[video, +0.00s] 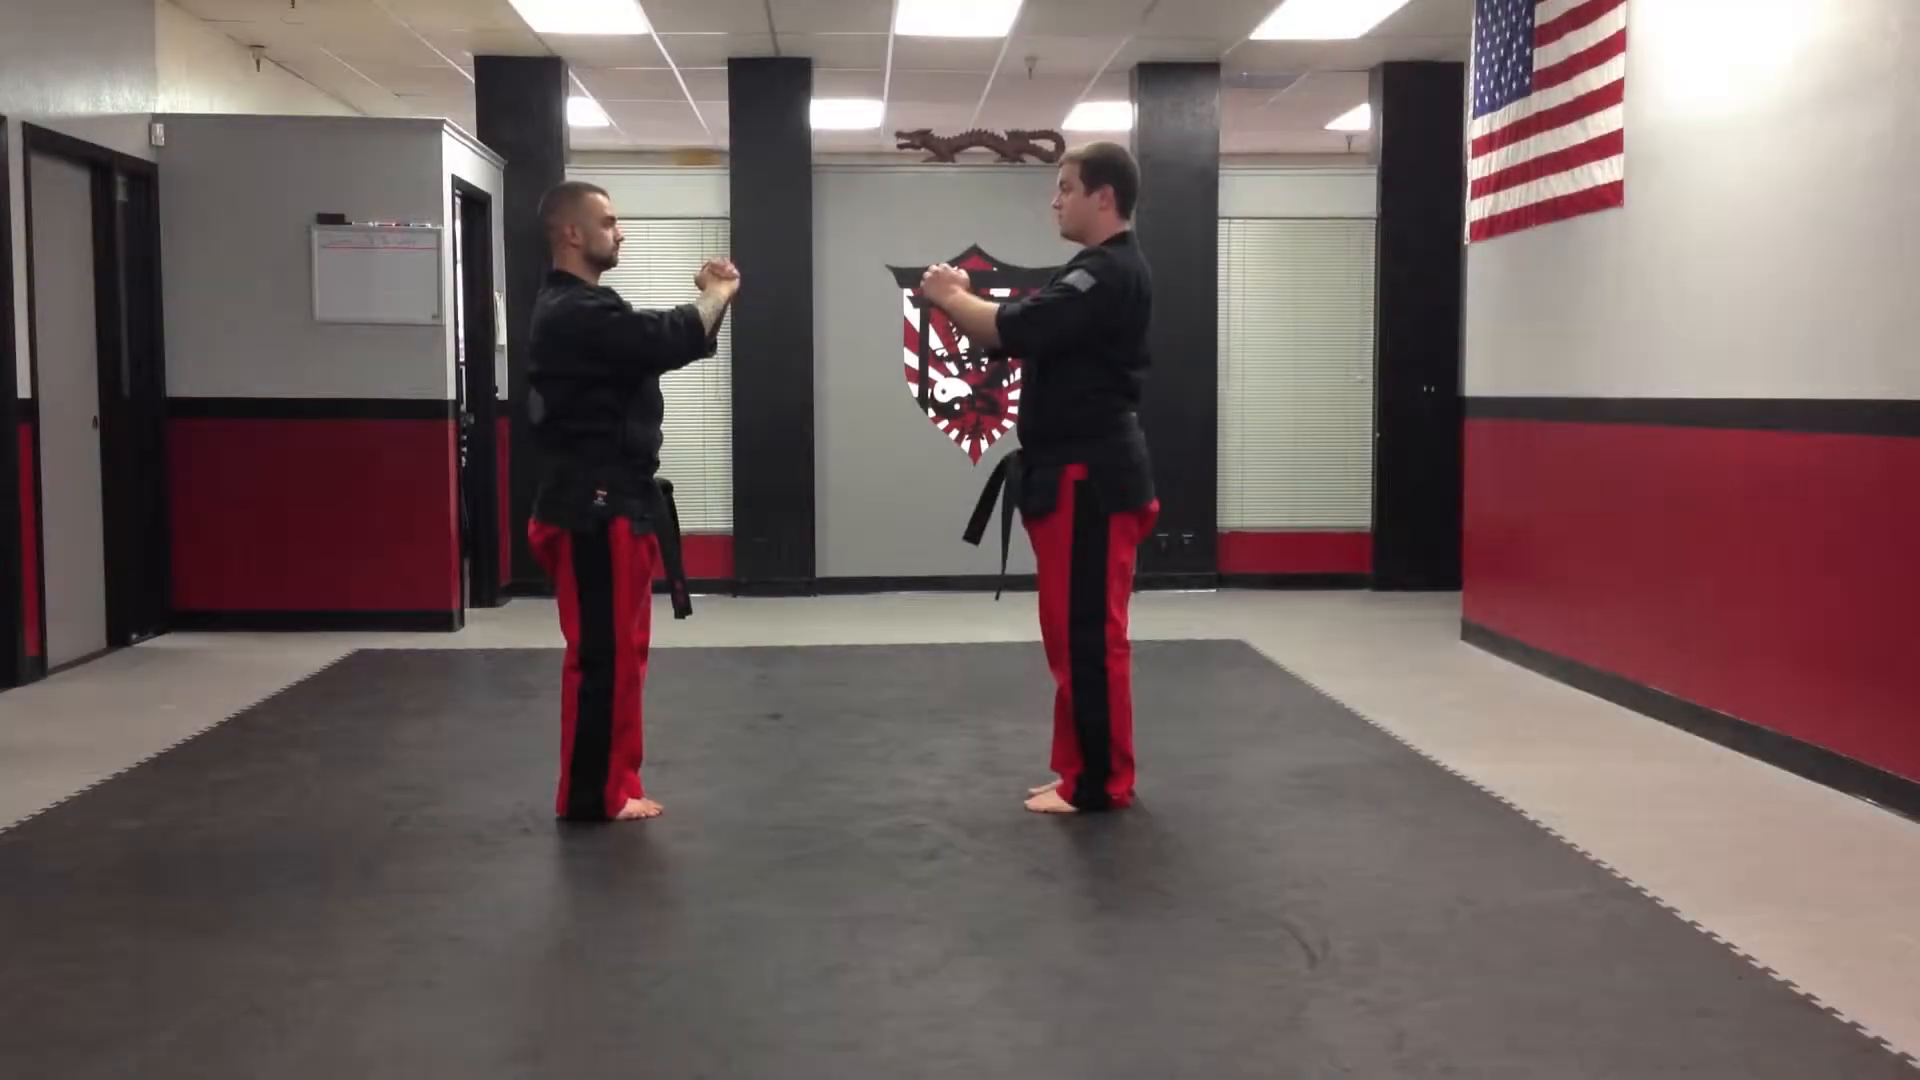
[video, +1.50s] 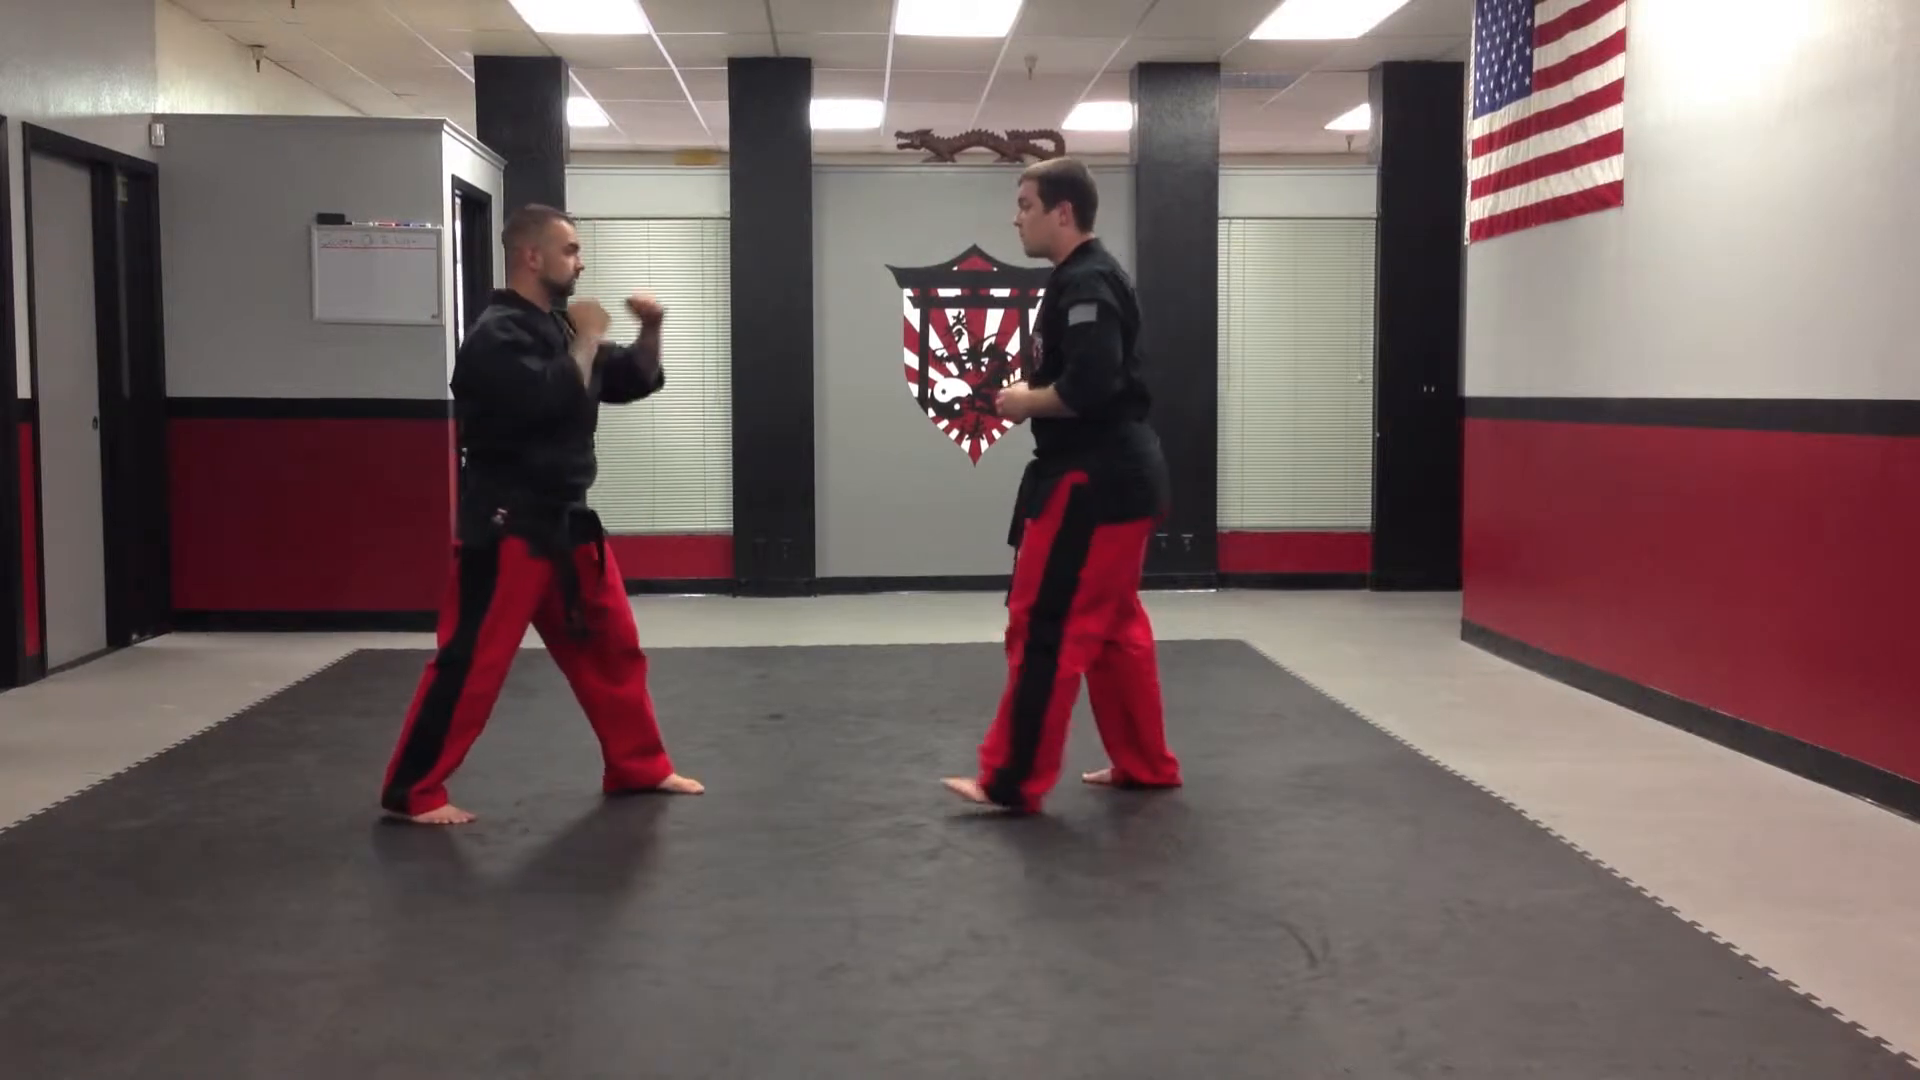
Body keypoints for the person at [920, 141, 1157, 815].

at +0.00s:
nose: (1055, 201)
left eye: (1065, 189)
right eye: (1057, 189)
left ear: (1102, 197)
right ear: (1101, 198)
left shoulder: (1109, 270)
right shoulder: (1099, 266)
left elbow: (1010, 331)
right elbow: (1025, 324)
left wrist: (953, 298)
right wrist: (966, 298)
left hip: (1091, 474)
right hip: (1074, 471)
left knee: (1088, 634)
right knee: (1075, 633)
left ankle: (1097, 784)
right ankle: (1087, 775)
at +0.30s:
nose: (1056, 202)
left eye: (1066, 190)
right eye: (1058, 190)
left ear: (1103, 197)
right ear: (1103, 198)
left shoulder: (1110, 271)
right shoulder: (1098, 267)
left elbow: (1012, 330)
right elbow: (1024, 324)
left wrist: (954, 298)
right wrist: (966, 298)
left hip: (1092, 477)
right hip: (1074, 473)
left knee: (1088, 637)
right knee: (1075, 635)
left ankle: (1097, 785)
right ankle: (1086, 776)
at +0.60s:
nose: (1045, 203)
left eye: (1054, 191)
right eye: (1046, 191)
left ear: (1093, 196)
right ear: (1091, 199)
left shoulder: (1105, 267)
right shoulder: (1087, 265)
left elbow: (1062, 364)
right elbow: (1058, 358)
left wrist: (1003, 348)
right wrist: (1008, 346)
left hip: (1094, 474)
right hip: (1073, 472)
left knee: (1088, 636)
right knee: (1075, 633)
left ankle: (1096, 785)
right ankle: (1085, 774)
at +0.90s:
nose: (1022, 222)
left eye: (1025, 208)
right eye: (1019, 209)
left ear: (1062, 201)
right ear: (1065, 203)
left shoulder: (1091, 269)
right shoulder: (1085, 264)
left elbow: (1085, 376)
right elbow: (1077, 370)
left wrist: (1016, 385)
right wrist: (1018, 380)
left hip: (1104, 479)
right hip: (1085, 475)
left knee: (1092, 637)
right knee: (1077, 632)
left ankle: (1100, 785)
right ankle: (1086, 764)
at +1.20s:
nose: (1025, 223)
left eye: (1030, 209)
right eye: (1023, 210)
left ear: (1068, 206)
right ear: (1072, 209)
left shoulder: (1092, 274)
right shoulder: (1103, 266)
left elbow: (1089, 379)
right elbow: (1088, 372)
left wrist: (1024, 386)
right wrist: (1026, 380)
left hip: (1091, 480)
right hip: (1120, 474)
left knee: (1068, 632)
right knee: (1116, 617)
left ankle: (1091, 784)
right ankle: (1147, 760)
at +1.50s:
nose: (1018, 220)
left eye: (1026, 207)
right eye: (1019, 207)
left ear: (1063, 213)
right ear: (1066, 214)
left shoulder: (1086, 282)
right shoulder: (1082, 275)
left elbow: (1090, 387)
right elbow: (1079, 379)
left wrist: (1023, 401)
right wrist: (1024, 392)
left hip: (1092, 480)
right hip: (1116, 474)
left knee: (1043, 625)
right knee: (1113, 621)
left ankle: (1011, 783)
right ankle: (1145, 761)